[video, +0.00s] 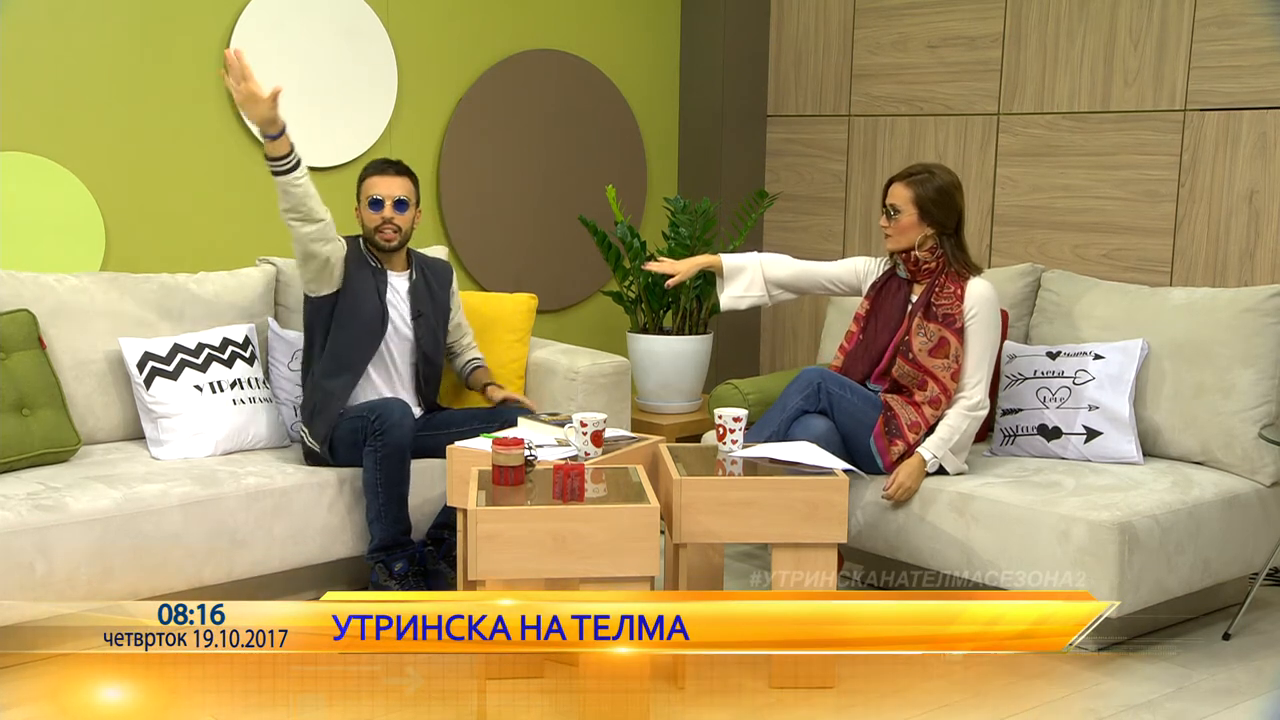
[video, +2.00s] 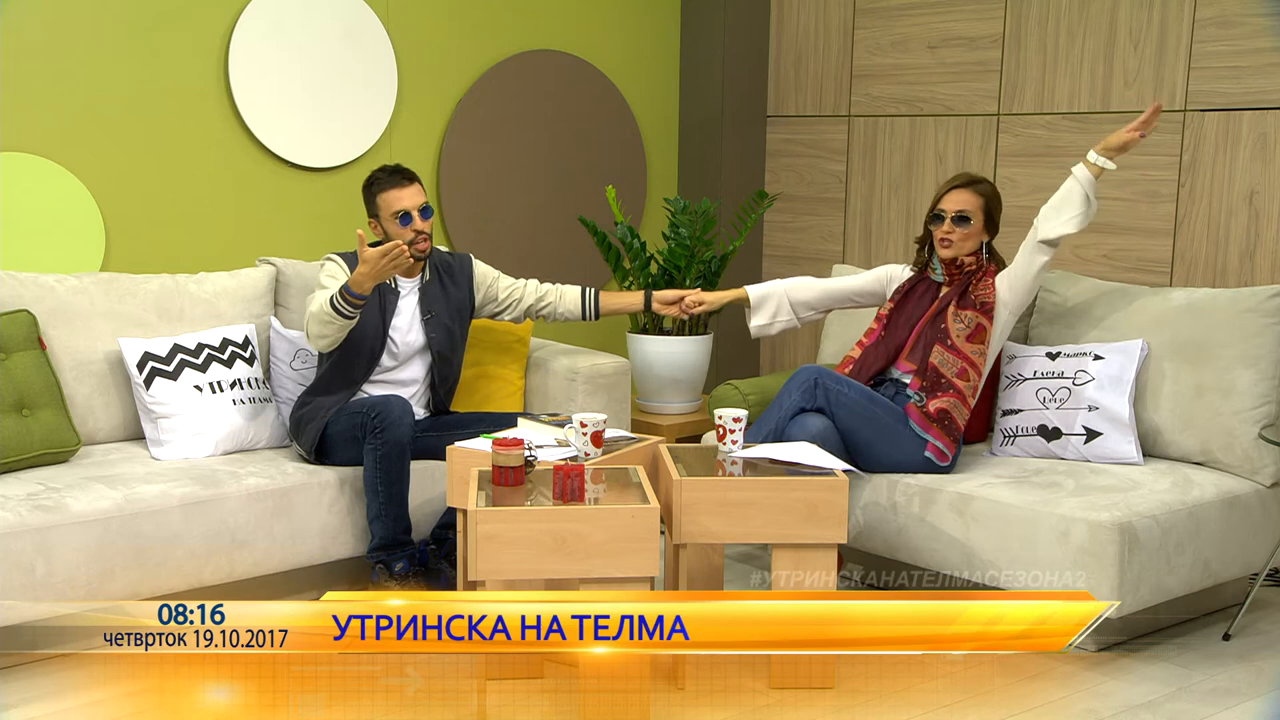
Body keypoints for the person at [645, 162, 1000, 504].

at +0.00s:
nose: (884, 222)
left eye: (895, 213)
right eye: (886, 212)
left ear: (932, 222)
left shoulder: (974, 295)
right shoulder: (881, 271)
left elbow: (972, 399)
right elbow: (797, 273)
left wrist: (921, 460)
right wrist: (705, 262)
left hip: (915, 440)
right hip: (862, 423)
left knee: (817, 379)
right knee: (811, 429)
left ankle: (729, 467)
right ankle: (805, 569)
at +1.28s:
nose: (917, 223)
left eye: (933, 214)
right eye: (914, 213)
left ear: (964, 227)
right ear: (907, 219)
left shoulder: (989, 295)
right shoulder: (890, 276)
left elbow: (1002, 372)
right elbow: (807, 290)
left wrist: (971, 429)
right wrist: (714, 295)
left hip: (922, 436)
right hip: (864, 421)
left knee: (813, 380)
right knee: (809, 431)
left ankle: (734, 468)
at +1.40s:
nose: (927, 223)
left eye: (943, 216)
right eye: (922, 213)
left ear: (972, 227)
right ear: (914, 219)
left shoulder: (991, 294)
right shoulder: (897, 279)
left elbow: (1032, 316)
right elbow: (811, 295)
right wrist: (716, 302)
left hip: (926, 440)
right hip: (868, 423)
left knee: (812, 380)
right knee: (809, 429)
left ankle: (732, 475)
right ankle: (804, 571)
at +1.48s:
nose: (934, 223)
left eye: (949, 216)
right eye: (928, 214)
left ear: (976, 229)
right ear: (918, 222)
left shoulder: (994, 292)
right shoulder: (896, 282)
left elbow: (1044, 276)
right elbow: (810, 294)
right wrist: (718, 303)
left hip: (924, 440)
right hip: (865, 422)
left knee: (812, 381)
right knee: (810, 432)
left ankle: (734, 472)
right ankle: (802, 570)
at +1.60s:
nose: (939, 226)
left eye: (954, 217)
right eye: (933, 216)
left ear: (981, 229)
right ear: (923, 224)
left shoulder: (996, 293)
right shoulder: (900, 280)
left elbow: (1040, 241)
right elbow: (816, 292)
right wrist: (723, 300)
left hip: (923, 436)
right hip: (865, 418)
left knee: (812, 380)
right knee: (800, 430)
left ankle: (739, 459)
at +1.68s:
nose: (941, 225)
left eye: (956, 217)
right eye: (934, 215)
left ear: (983, 228)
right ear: (925, 222)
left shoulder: (998, 291)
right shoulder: (901, 280)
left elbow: (1039, 232)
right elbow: (816, 296)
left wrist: (1090, 150)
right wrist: (724, 300)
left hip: (924, 433)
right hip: (863, 415)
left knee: (812, 381)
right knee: (805, 438)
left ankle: (741, 458)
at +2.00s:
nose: (947, 229)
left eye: (962, 220)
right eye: (940, 219)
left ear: (988, 231)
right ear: (930, 226)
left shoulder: (1001, 294)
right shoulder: (905, 280)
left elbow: (1045, 237)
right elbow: (820, 290)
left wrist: (1100, 157)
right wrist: (725, 297)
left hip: (925, 433)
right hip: (866, 415)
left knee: (813, 380)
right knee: (807, 434)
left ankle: (731, 469)